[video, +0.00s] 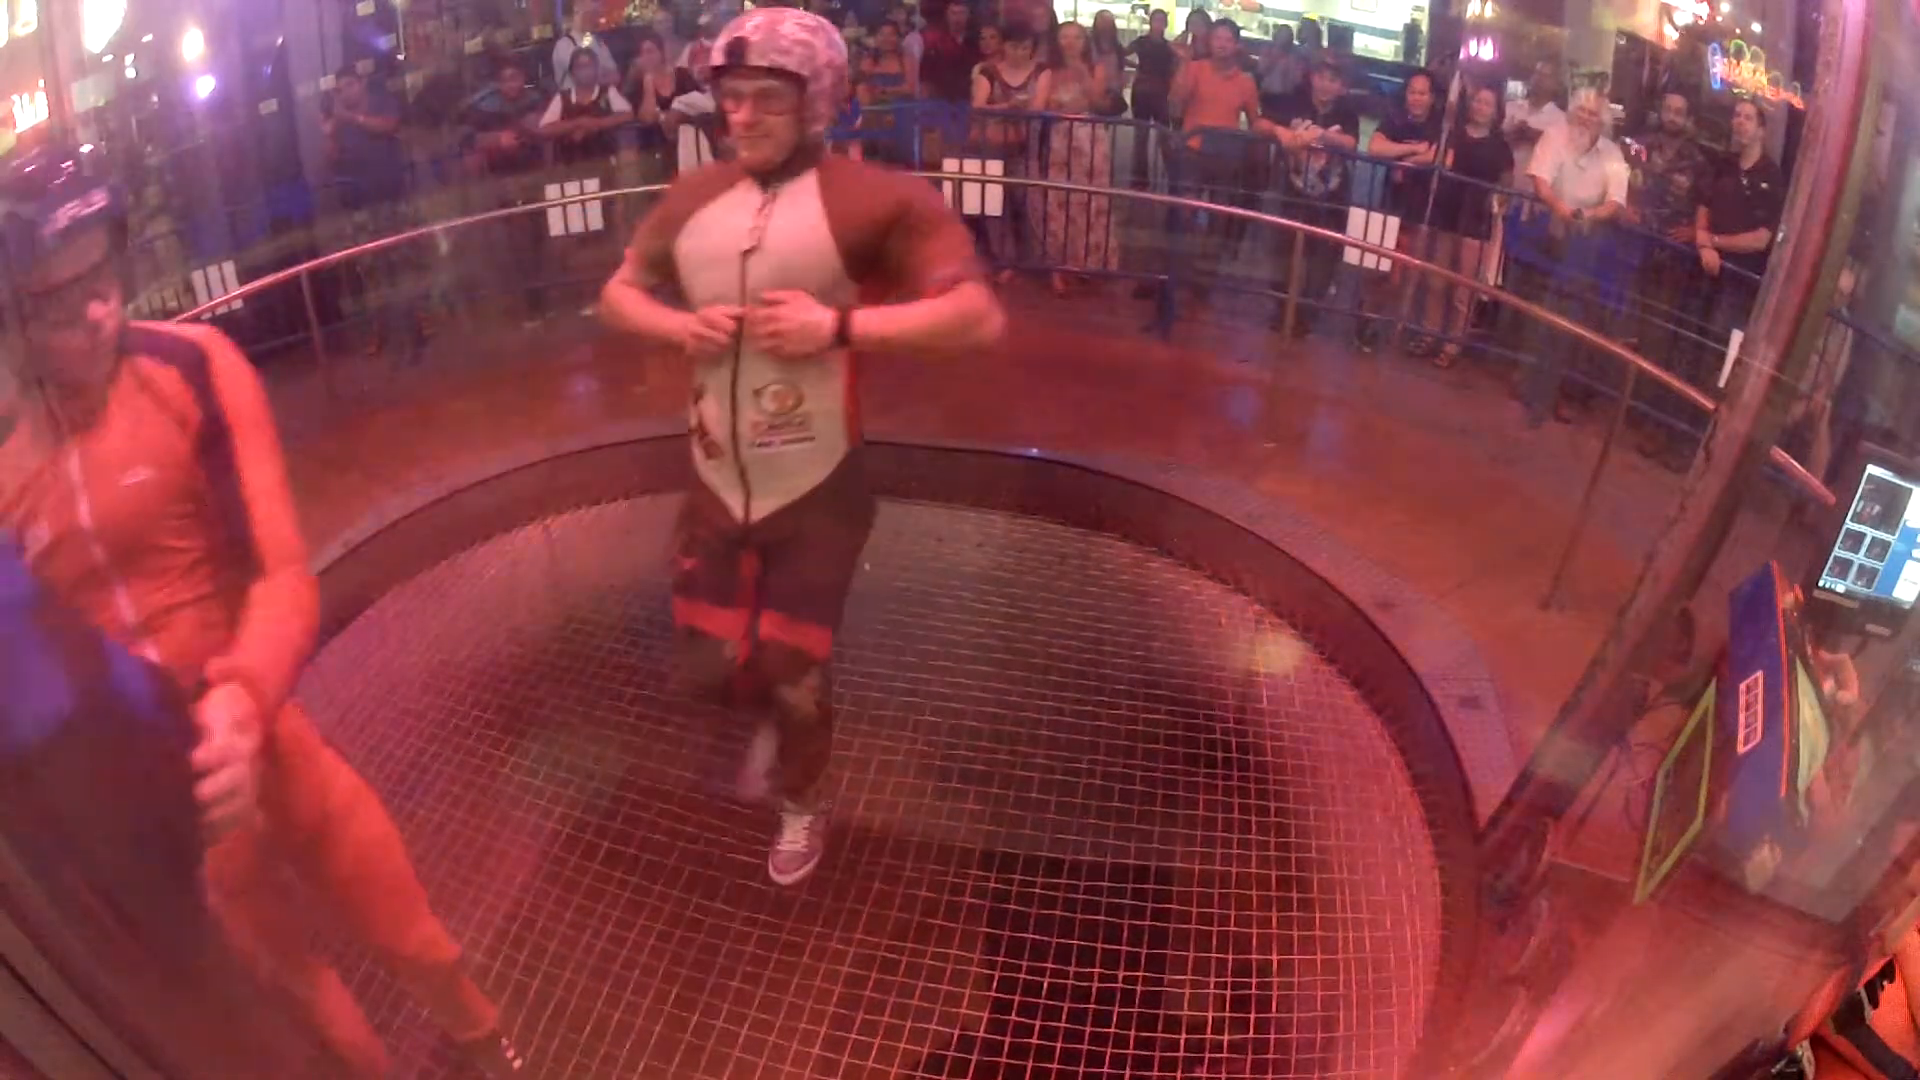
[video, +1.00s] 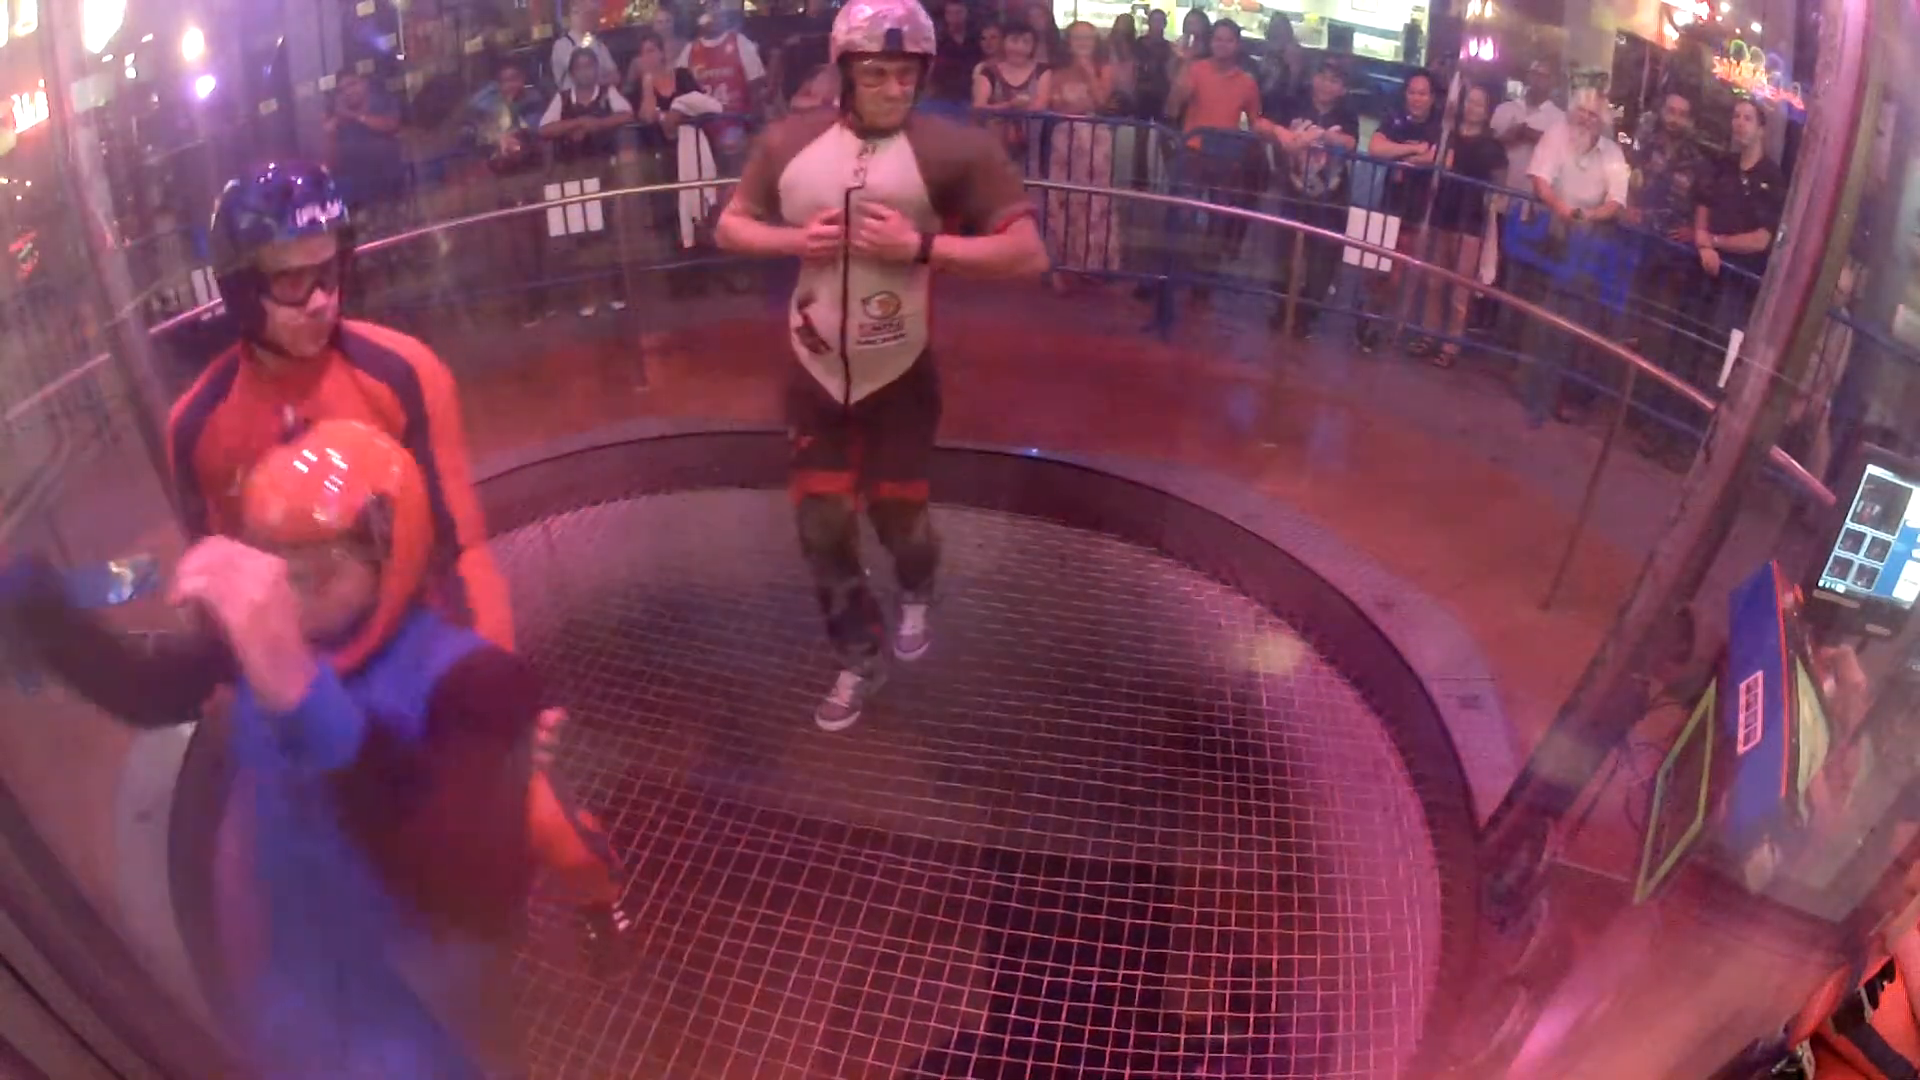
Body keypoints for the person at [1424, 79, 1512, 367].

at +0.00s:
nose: (1480, 107)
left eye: (1487, 103)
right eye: (1477, 101)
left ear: (1497, 111)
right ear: (1469, 104)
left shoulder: (1500, 148)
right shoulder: (1453, 137)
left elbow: (1506, 187)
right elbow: (1439, 166)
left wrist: (1495, 206)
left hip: (1476, 220)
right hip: (1444, 212)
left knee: (1463, 289)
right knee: (1435, 281)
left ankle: (1453, 342)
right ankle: (1429, 333)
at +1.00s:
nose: (1472, 108)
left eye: (1478, 103)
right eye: (1468, 101)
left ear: (1488, 110)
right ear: (1461, 106)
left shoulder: (1492, 147)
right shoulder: (1449, 139)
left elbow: (1498, 184)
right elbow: (1436, 171)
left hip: (1472, 218)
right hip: (1442, 213)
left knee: (1461, 285)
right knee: (1434, 279)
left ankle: (1451, 342)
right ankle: (1428, 333)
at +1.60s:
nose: (1468, 109)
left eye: (1475, 105)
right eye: (1466, 103)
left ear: (1485, 111)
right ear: (1458, 106)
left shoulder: (1485, 148)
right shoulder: (1447, 139)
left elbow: (1476, 169)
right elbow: (1431, 163)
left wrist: (1450, 159)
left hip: (1462, 218)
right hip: (1436, 212)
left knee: (1450, 284)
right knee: (1432, 280)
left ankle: (1451, 341)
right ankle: (1428, 332)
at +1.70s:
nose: (1468, 109)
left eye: (1475, 105)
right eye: (1466, 103)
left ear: (1485, 112)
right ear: (1459, 106)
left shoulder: (1485, 148)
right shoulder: (1447, 139)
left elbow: (1476, 170)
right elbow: (1432, 164)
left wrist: (1449, 159)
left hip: (1461, 218)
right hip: (1435, 212)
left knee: (1449, 284)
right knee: (1432, 280)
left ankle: (1451, 340)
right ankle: (1428, 332)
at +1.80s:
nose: (1468, 109)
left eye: (1475, 105)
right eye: (1466, 103)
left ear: (1484, 112)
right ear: (1458, 106)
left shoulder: (1485, 147)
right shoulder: (1447, 138)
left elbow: (1476, 167)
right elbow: (1432, 162)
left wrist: (1450, 158)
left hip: (1462, 218)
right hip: (1435, 212)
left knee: (1449, 284)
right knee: (1433, 280)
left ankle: (1452, 340)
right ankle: (1429, 332)